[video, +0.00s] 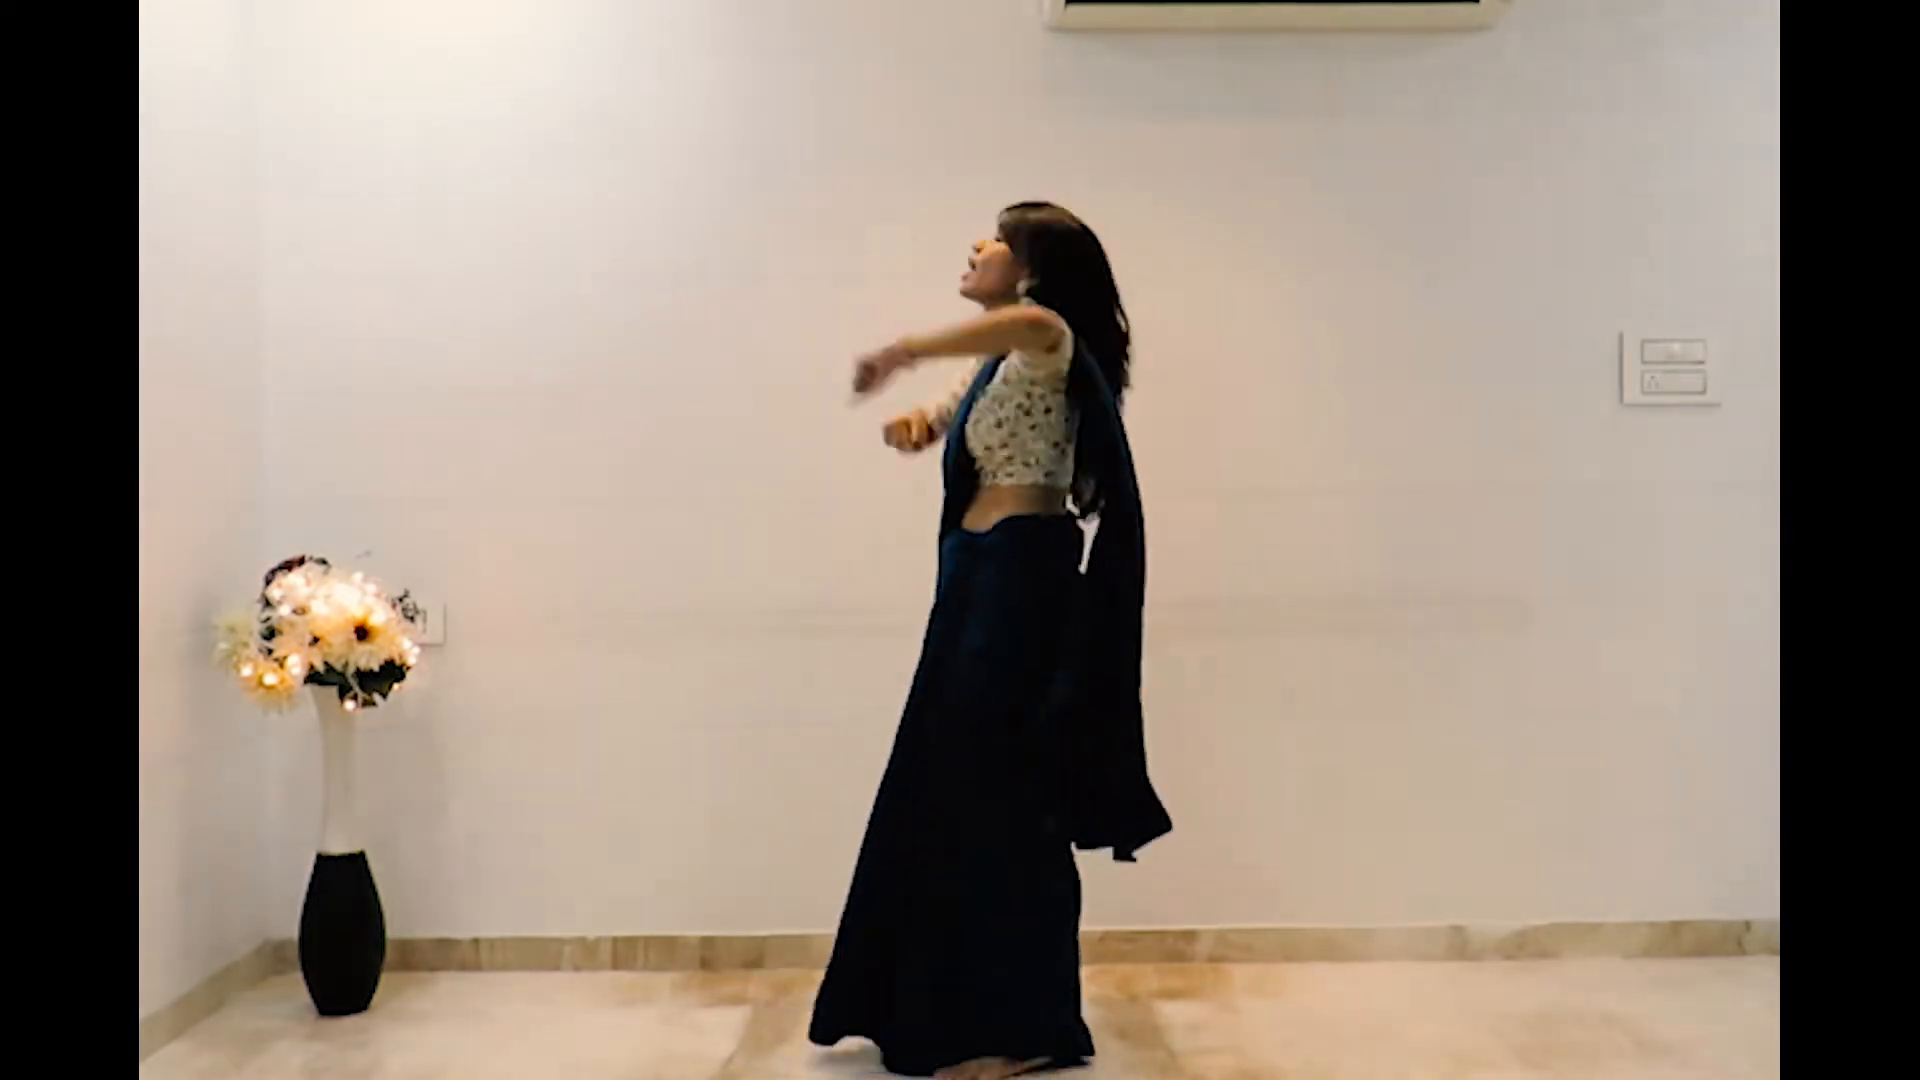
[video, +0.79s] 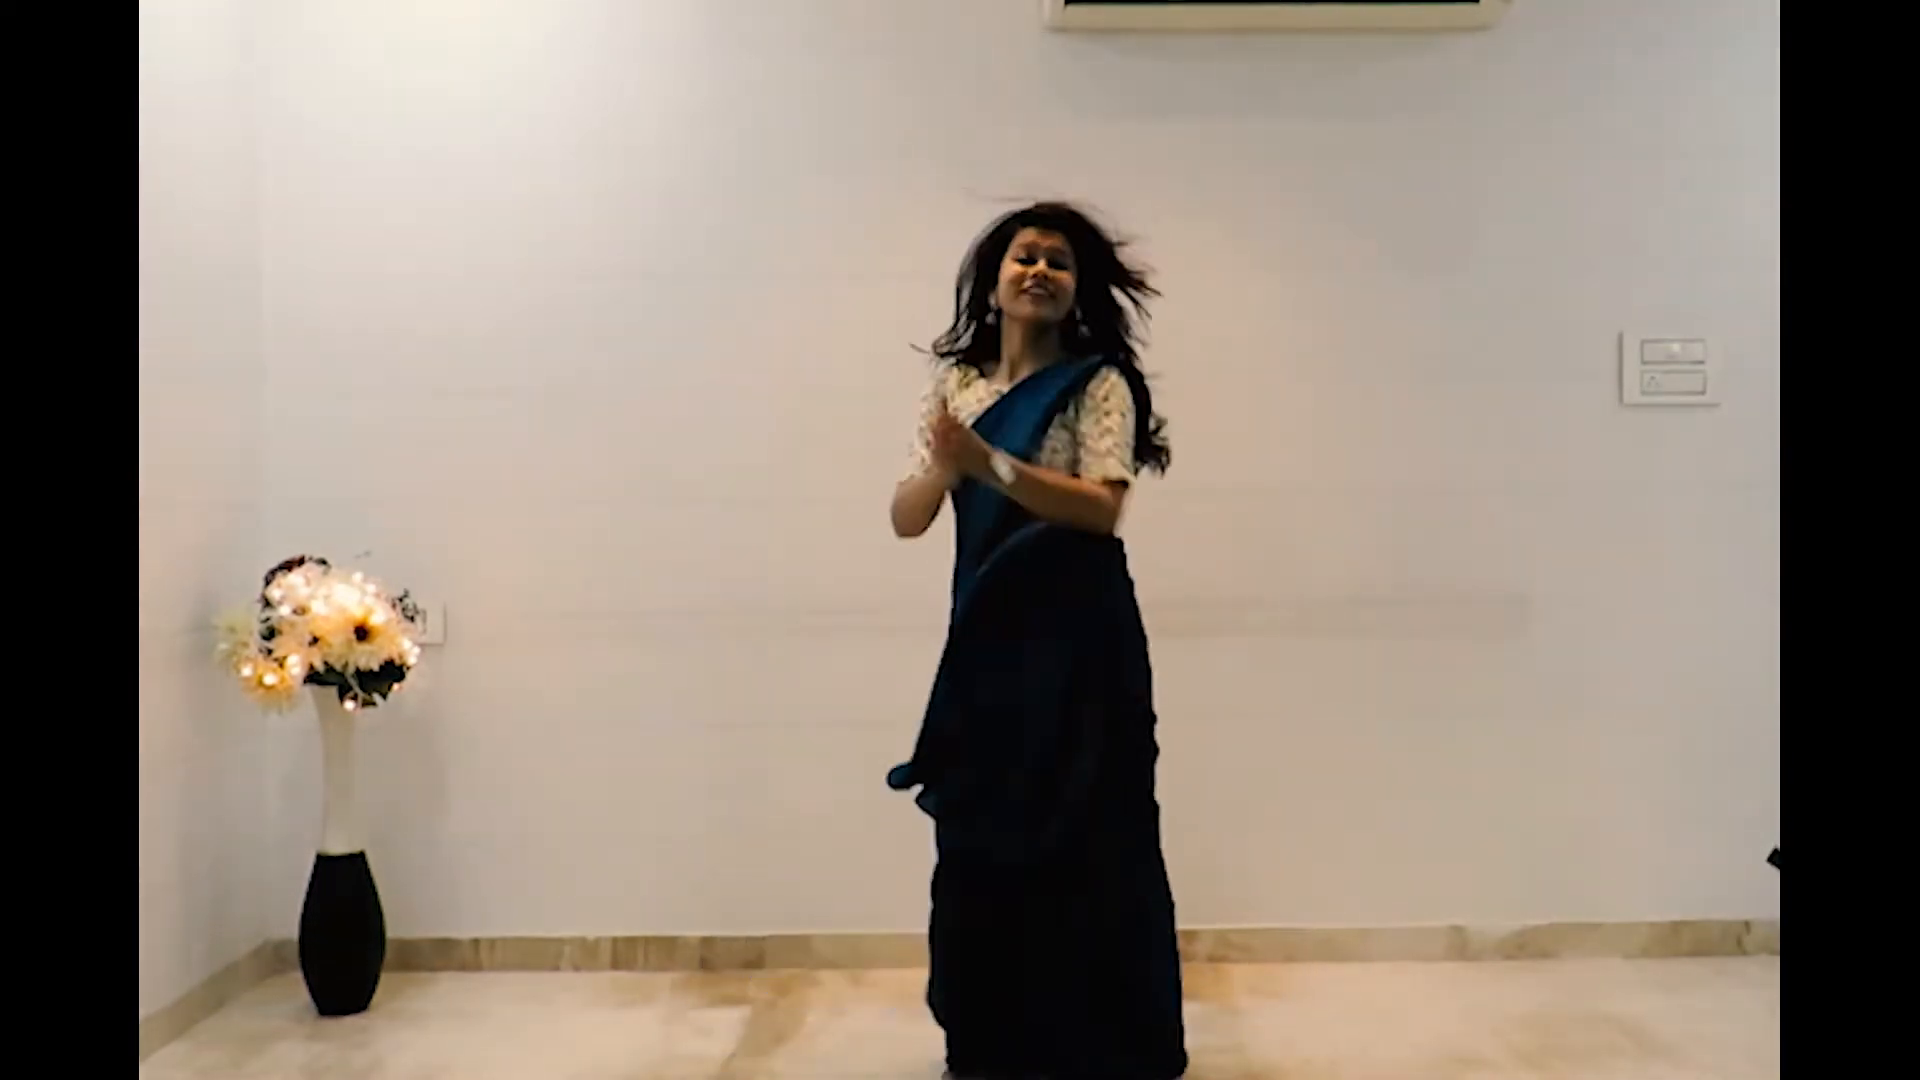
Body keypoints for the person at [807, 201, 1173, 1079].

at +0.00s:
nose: (972, 256)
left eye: (988, 247)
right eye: (979, 243)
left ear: (1029, 270)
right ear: (1018, 269)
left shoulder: (1047, 333)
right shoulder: (1005, 356)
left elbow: (1008, 330)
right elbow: (963, 405)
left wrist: (902, 351)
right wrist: (925, 424)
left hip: (1023, 581)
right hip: (989, 582)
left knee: (987, 795)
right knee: (982, 796)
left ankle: (1009, 1026)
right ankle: (999, 1019)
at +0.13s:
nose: (977, 246)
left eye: (992, 242)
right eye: (987, 237)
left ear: (1015, 273)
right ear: (1038, 278)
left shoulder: (999, 354)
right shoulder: (1041, 341)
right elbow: (934, 326)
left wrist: (906, 239)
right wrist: (869, 377)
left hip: (1008, 591)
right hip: (1046, 578)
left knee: (947, 796)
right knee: (998, 797)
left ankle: (974, 1014)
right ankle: (1010, 1008)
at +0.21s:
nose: (978, 280)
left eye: (990, 272)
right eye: (986, 267)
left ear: (1014, 301)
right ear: (1061, 305)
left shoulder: (971, 389)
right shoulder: (1065, 374)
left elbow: (864, 405)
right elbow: (956, 353)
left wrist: (923, 297)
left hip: (1001, 627)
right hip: (1068, 611)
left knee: (917, 797)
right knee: (1004, 804)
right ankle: (1014, 998)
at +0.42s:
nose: (980, 284)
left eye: (992, 273)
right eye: (987, 270)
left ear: (1013, 294)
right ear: (1071, 298)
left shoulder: (1008, 385)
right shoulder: (1063, 369)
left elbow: (885, 412)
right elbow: (965, 373)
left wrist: (896, 301)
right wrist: (898, 350)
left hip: (997, 624)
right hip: (1040, 610)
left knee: (900, 798)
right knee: (971, 803)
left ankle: (874, 1013)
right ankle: (987, 997)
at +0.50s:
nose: (992, 255)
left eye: (1010, 249)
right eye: (1000, 244)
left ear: (1038, 275)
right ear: (1030, 281)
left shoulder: (1033, 361)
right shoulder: (997, 356)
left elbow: (930, 374)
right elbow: (882, 388)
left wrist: (914, 255)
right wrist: (884, 294)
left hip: (1029, 613)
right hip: (1004, 608)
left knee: (982, 803)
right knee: (986, 803)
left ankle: (1005, 1018)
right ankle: (1001, 1011)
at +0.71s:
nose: (1041, 251)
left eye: (1060, 244)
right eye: (1028, 239)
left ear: (1085, 275)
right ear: (997, 261)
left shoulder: (1093, 360)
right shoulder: (972, 360)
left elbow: (1028, 453)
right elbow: (921, 478)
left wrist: (934, 352)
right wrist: (904, 366)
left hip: (1070, 612)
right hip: (991, 611)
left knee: (1072, 806)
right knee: (988, 803)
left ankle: (1094, 1029)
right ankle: (984, 1016)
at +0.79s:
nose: (1038, 270)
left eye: (1058, 263)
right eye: (1024, 257)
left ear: (1078, 292)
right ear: (993, 279)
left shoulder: (1100, 386)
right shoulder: (959, 387)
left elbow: (1104, 508)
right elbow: (908, 521)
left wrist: (987, 462)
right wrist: (939, 465)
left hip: (1081, 639)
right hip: (988, 638)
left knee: (1085, 838)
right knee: (983, 835)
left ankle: (1099, 1049)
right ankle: (988, 1047)